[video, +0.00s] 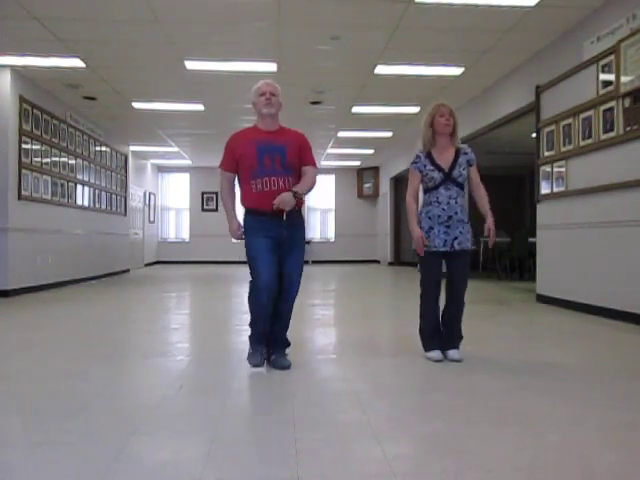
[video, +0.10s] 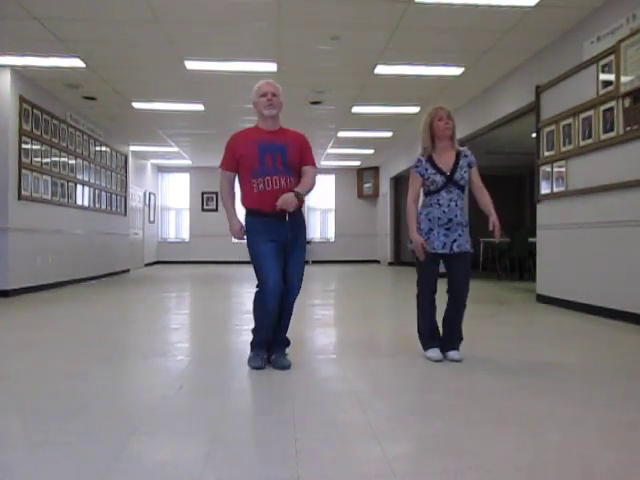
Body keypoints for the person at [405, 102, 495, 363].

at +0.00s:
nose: (446, 120)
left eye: (449, 116)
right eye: (441, 116)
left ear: (454, 122)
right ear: (431, 123)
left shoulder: (466, 154)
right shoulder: (421, 158)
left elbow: (477, 188)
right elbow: (411, 196)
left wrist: (489, 217)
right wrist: (415, 229)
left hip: (459, 230)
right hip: (430, 230)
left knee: (457, 290)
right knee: (430, 289)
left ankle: (452, 343)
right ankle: (431, 344)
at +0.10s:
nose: (445, 123)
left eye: (448, 119)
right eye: (440, 120)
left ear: (454, 126)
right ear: (431, 127)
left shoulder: (466, 157)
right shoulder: (422, 162)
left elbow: (479, 190)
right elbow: (412, 201)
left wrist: (491, 213)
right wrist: (414, 234)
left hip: (458, 233)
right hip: (429, 233)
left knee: (459, 292)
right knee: (427, 291)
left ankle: (451, 344)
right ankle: (430, 343)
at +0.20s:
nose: (445, 123)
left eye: (448, 120)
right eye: (439, 120)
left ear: (454, 126)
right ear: (430, 128)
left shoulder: (466, 158)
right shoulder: (423, 162)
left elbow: (479, 190)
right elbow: (414, 200)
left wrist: (491, 213)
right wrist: (414, 233)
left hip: (458, 233)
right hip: (429, 233)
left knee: (459, 292)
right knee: (426, 290)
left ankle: (451, 344)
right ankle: (430, 343)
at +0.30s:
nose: (446, 121)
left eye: (449, 118)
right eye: (441, 118)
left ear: (456, 124)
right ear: (432, 125)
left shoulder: (467, 156)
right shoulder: (425, 159)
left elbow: (478, 189)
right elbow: (414, 196)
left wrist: (489, 213)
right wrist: (415, 229)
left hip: (459, 231)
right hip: (430, 231)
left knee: (456, 291)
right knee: (429, 290)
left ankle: (451, 344)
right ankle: (430, 343)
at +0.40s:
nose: (449, 119)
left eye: (452, 116)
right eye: (444, 116)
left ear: (459, 122)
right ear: (435, 123)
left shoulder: (468, 156)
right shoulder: (425, 155)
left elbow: (476, 190)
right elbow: (414, 194)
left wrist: (485, 219)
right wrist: (419, 225)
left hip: (459, 229)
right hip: (431, 229)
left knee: (456, 290)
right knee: (431, 289)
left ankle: (451, 344)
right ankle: (431, 343)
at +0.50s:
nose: (450, 121)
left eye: (455, 118)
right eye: (446, 117)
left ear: (460, 125)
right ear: (438, 123)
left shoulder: (467, 157)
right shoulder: (425, 156)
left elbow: (474, 193)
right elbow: (413, 194)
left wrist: (481, 224)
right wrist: (421, 222)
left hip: (461, 230)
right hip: (433, 229)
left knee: (454, 290)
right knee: (434, 289)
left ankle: (451, 343)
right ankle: (431, 343)